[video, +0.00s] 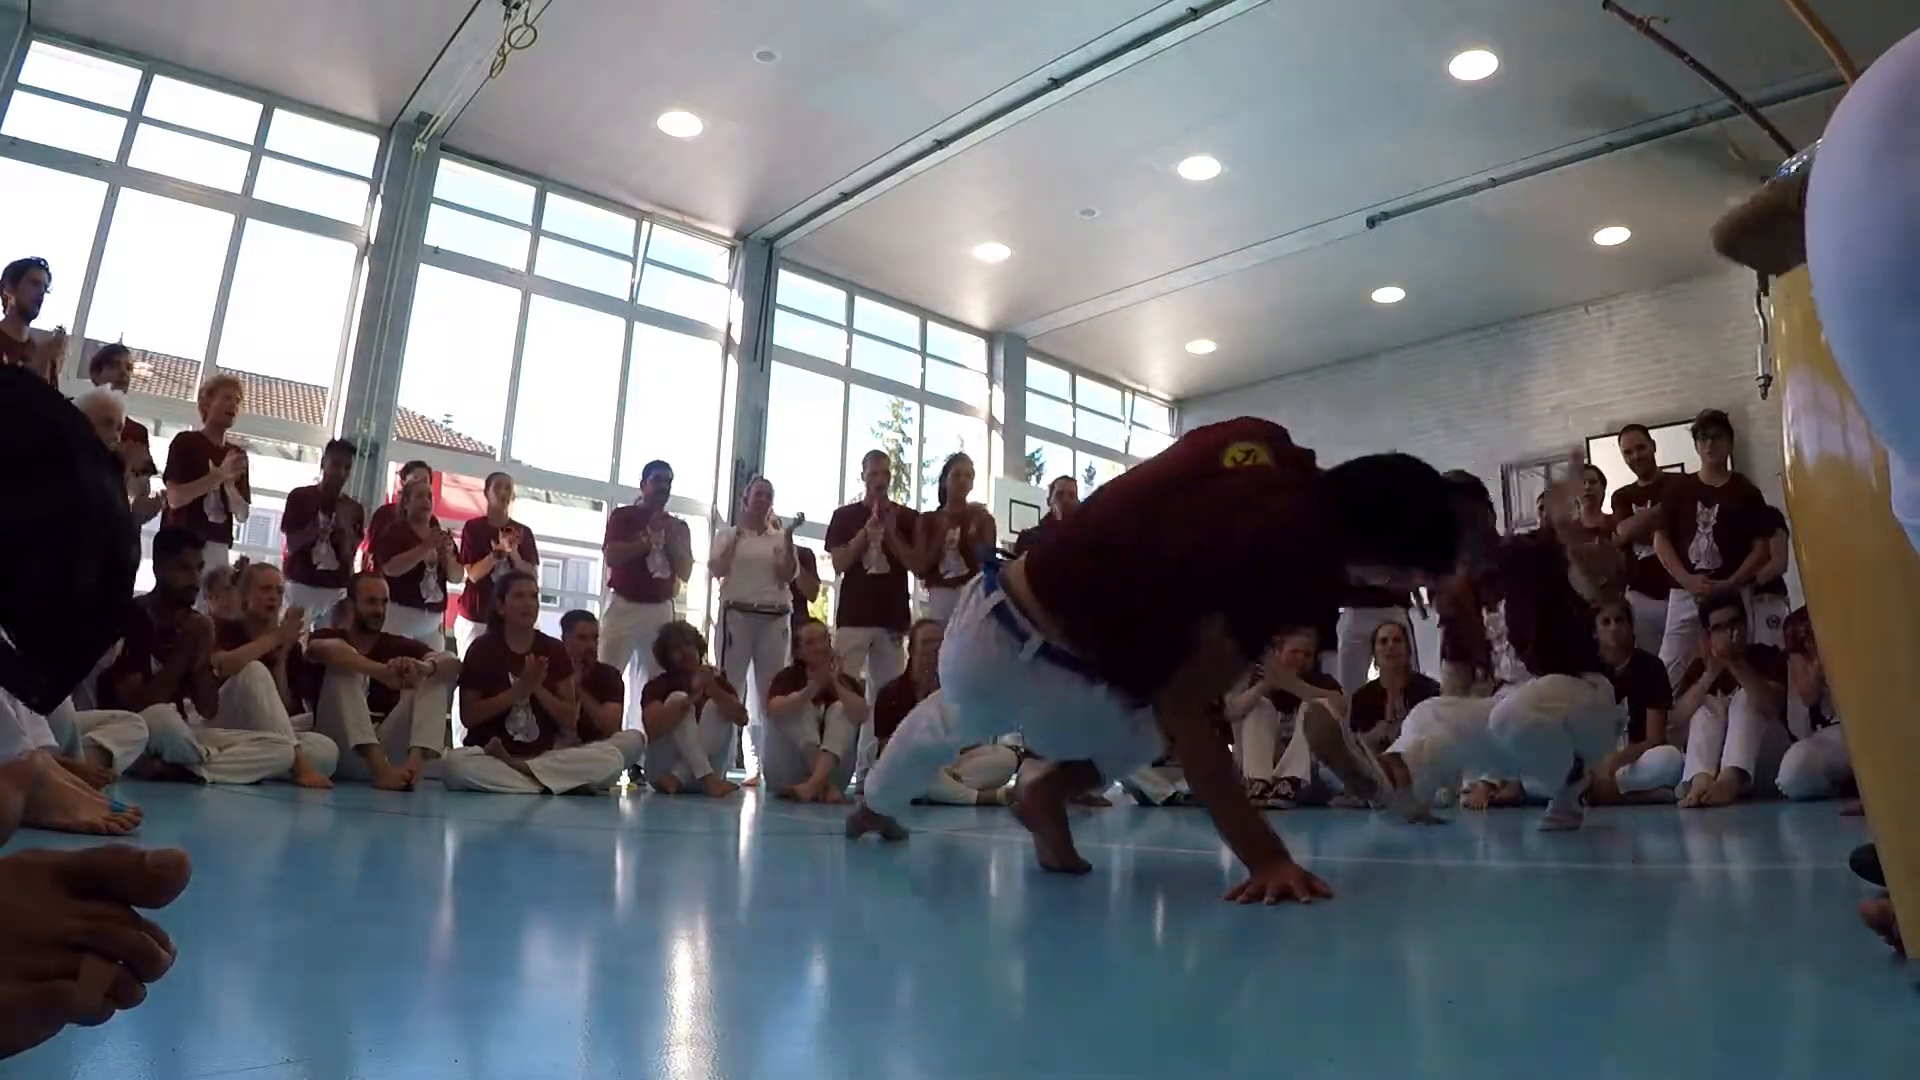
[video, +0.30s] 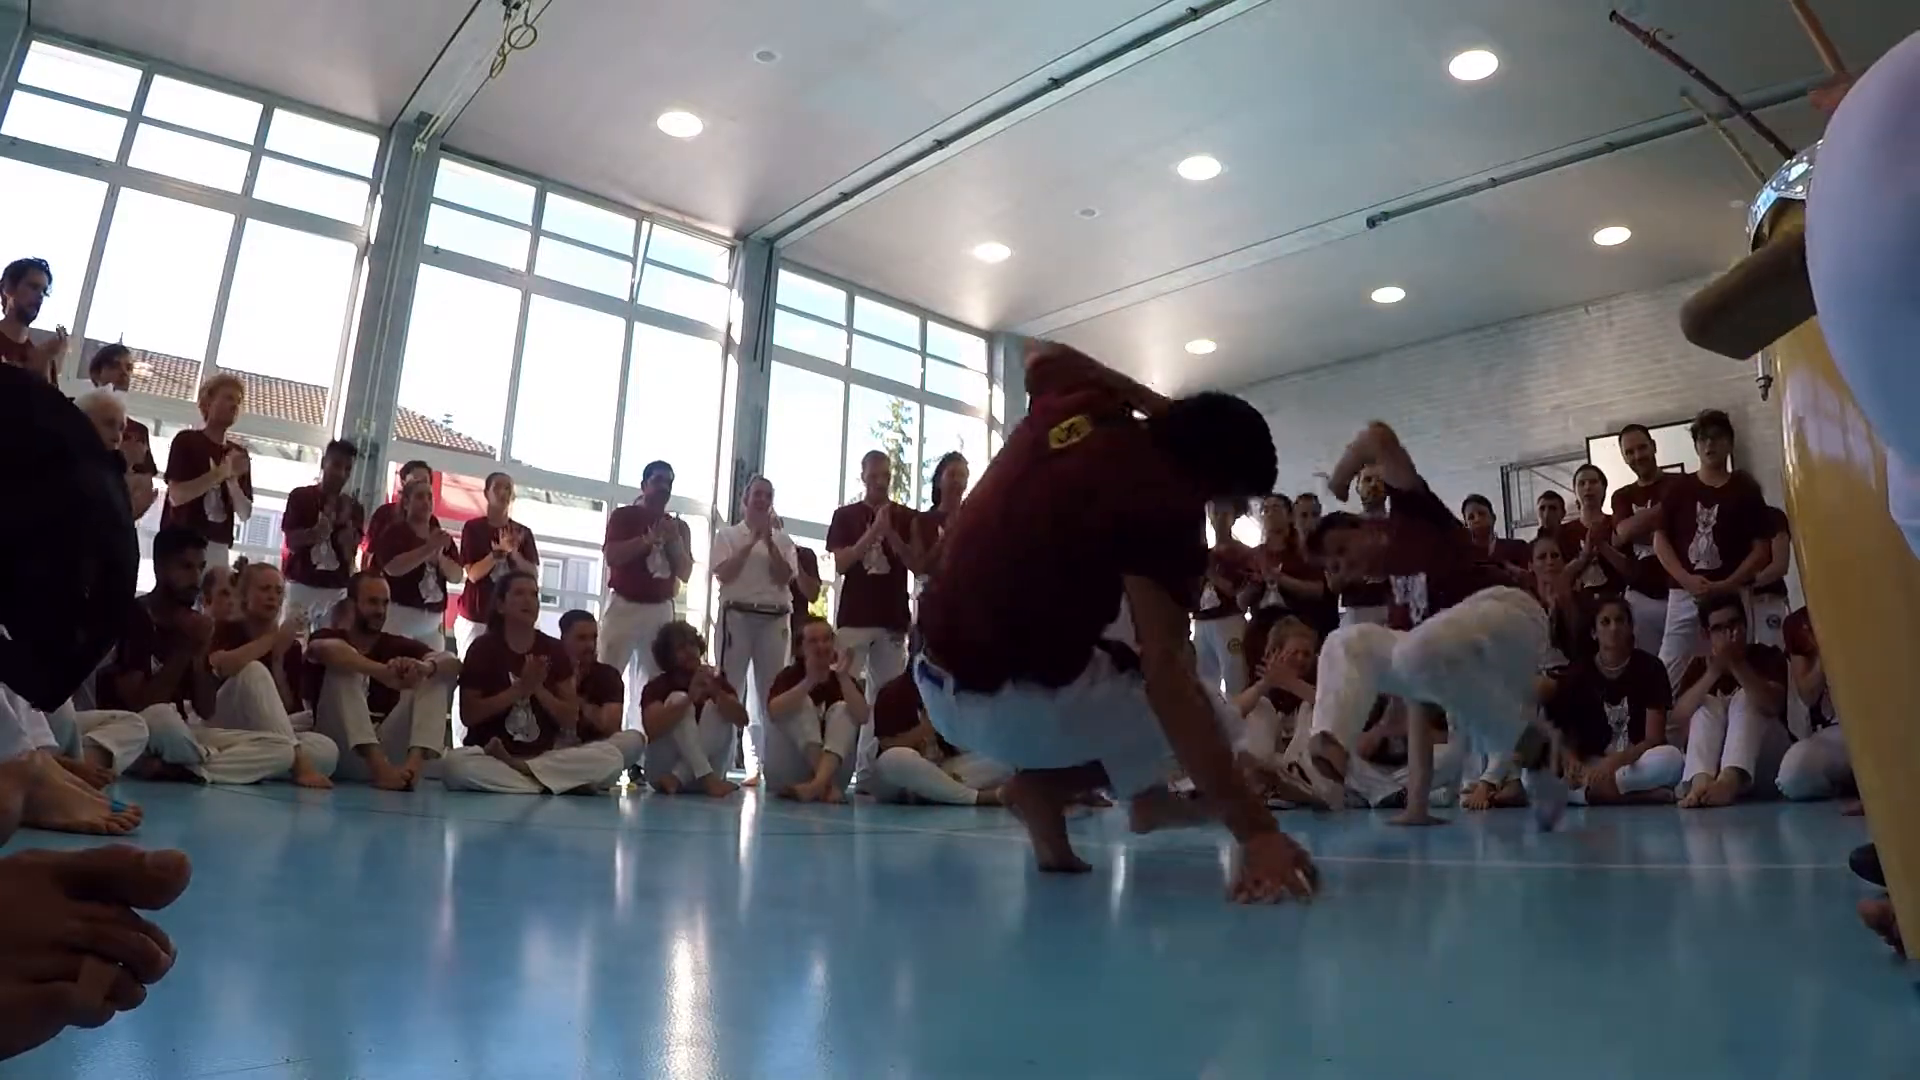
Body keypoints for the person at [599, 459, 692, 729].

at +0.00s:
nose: (663, 486)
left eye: (668, 481)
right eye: (657, 479)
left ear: (671, 487)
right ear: (643, 484)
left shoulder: (678, 526)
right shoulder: (622, 516)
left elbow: (685, 573)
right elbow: (612, 556)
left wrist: (671, 544)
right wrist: (646, 543)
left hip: (660, 610)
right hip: (623, 608)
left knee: (657, 687)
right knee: (605, 681)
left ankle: (654, 752)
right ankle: (598, 748)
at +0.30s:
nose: (664, 486)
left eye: (669, 482)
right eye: (658, 480)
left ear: (672, 489)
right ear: (644, 484)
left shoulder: (678, 526)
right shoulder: (623, 515)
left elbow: (685, 574)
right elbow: (612, 556)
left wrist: (674, 541)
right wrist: (648, 540)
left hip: (660, 610)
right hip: (623, 607)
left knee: (656, 686)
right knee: (606, 681)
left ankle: (651, 751)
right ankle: (598, 747)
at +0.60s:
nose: (664, 486)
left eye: (668, 482)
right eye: (658, 480)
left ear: (671, 489)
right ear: (643, 484)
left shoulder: (679, 526)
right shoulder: (623, 515)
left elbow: (685, 572)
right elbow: (612, 556)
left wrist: (672, 540)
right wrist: (651, 542)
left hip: (660, 610)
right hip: (623, 607)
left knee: (655, 686)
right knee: (606, 681)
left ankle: (651, 750)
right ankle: (598, 746)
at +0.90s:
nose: (663, 487)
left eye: (668, 483)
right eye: (657, 481)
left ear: (671, 489)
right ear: (643, 484)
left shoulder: (678, 526)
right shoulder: (622, 516)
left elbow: (685, 574)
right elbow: (612, 558)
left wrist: (674, 545)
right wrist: (644, 537)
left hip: (661, 610)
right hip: (624, 608)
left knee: (656, 685)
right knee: (607, 681)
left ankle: (652, 749)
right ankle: (600, 746)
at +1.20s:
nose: (663, 487)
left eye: (667, 483)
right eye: (657, 481)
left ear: (671, 488)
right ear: (643, 484)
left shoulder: (678, 526)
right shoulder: (623, 516)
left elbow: (685, 575)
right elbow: (612, 559)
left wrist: (673, 544)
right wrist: (642, 537)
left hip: (660, 611)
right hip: (623, 608)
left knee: (654, 687)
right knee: (607, 681)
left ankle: (648, 752)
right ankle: (600, 747)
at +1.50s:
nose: (663, 487)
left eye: (668, 482)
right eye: (657, 480)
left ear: (671, 488)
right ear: (644, 484)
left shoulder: (678, 526)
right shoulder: (622, 516)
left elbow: (685, 574)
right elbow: (612, 558)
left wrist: (673, 544)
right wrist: (644, 539)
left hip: (661, 610)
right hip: (623, 608)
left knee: (653, 686)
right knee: (607, 681)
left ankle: (646, 749)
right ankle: (601, 745)